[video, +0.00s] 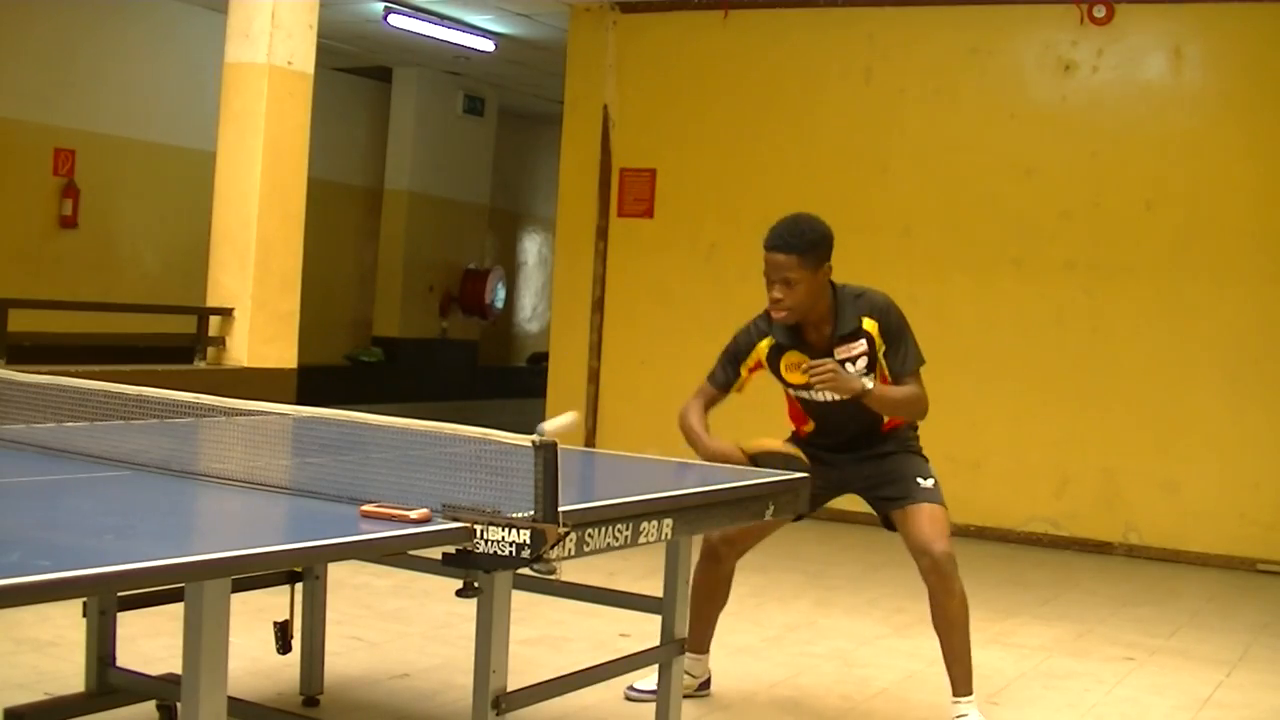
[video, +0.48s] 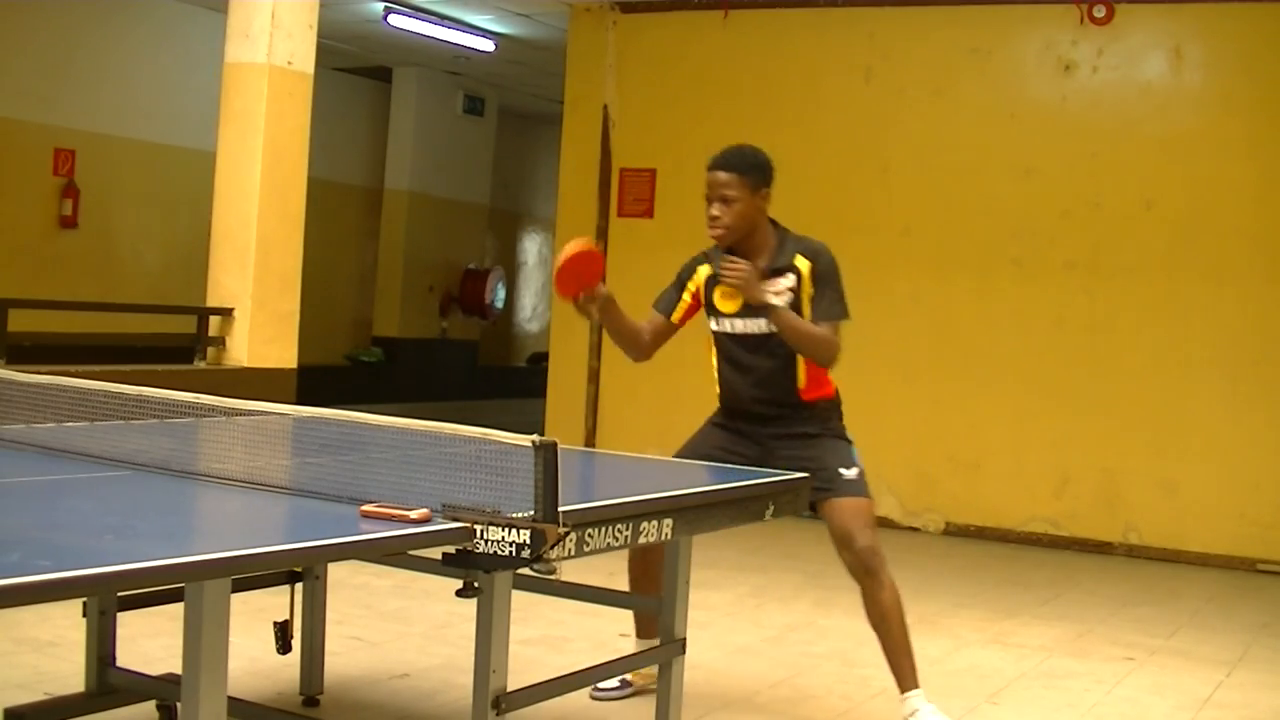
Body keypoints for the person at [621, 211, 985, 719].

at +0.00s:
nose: (774, 295)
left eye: (786, 284)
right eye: (768, 282)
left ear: (824, 275)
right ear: (762, 274)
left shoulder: (875, 313)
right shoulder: (762, 335)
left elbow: (916, 404)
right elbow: (692, 408)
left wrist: (860, 387)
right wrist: (710, 448)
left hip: (889, 451)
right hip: (812, 454)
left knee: (937, 553)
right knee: (719, 543)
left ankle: (964, 703)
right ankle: (692, 667)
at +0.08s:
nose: (778, 277)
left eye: (790, 265)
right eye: (772, 264)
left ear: (827, 257)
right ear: (766, 257)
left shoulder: (876, 298)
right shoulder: (760, 313)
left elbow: (918, 387)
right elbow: (690, 376)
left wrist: (866, 368)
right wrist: (679, 386)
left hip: (883, 442)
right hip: (804, 442)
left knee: (927, 551)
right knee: (719, 539)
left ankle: (961, 702)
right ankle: (692, 667)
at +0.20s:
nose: (778, 248)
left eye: (791, 236)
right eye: (773, 234)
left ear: (828, 228)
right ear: (767, 229)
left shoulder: (875, 280)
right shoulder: (757, 284)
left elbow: (913, 370)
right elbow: (668, 328)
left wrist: (869, 337)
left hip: (868, 431)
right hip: (789, 429)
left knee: (924, 546)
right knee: (698, 523)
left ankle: (940, 702)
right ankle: (683, 657)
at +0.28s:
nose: (773, 241)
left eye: (786, 228)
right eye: (767, 227)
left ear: (822, 224)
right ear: (762, 224)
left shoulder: (867, 281)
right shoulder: (748, 282)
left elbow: (904, 374)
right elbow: (654, 320)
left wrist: (865, 332)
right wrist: (599, 270)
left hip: (856, 437)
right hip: (778, 433)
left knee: (925, 545)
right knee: (687, 531)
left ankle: (931, 704)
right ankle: (664, 658)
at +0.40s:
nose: (744, 230)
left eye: (757, 219)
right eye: (739, 217)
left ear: (793, 219)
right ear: (736, 218)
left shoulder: (836, 283)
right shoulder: (724, 284)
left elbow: (862, 377)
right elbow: (637, 332)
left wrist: (822, 323)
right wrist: (602, 287)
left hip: (828, 443)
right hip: (749, 441)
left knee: (899, 549)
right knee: (661, 536)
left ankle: (927, 705)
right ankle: (652, 665)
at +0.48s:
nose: (712, 212)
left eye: (725, 200)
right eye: (708, 199)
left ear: (762, 200)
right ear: (707, 200)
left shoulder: (810, 260)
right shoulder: (704, 269)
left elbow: (826, 351)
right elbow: (641, 345)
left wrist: (767, 301)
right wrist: (603, 303)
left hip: (812, 431)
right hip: (735, 427)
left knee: (862, 548)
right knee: (648, 516)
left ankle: (912, 697)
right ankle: (646, 660)